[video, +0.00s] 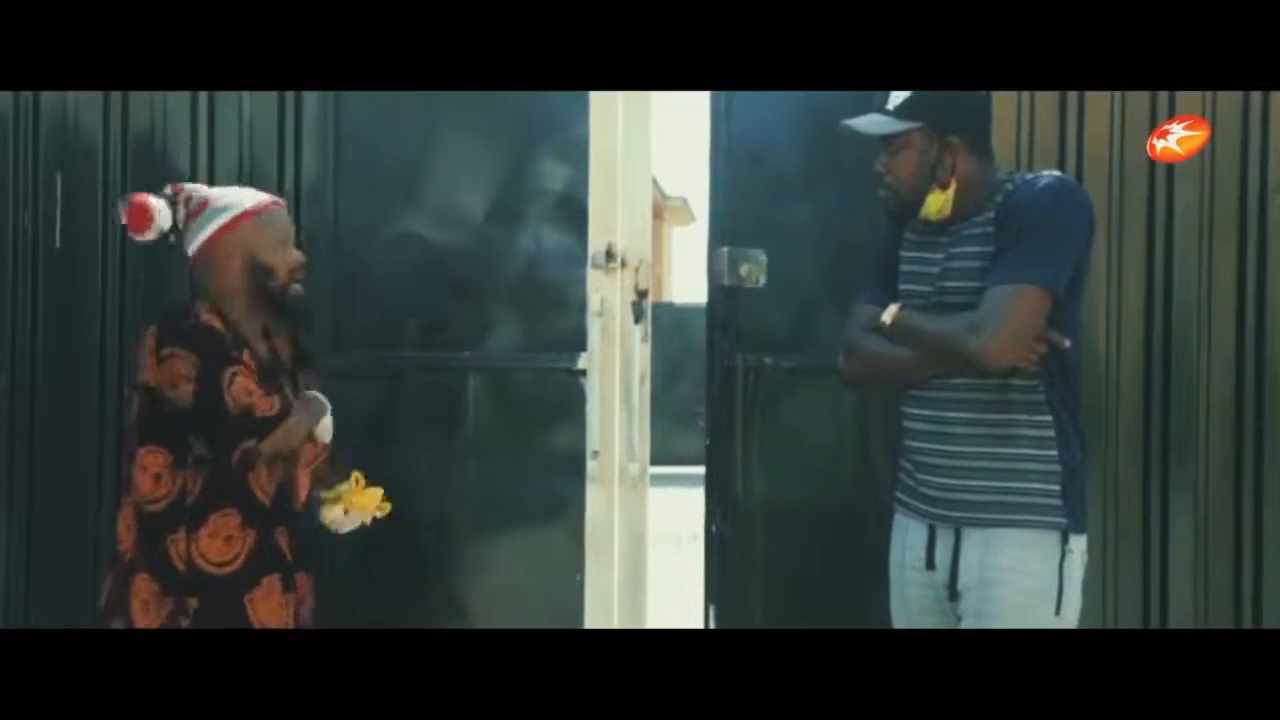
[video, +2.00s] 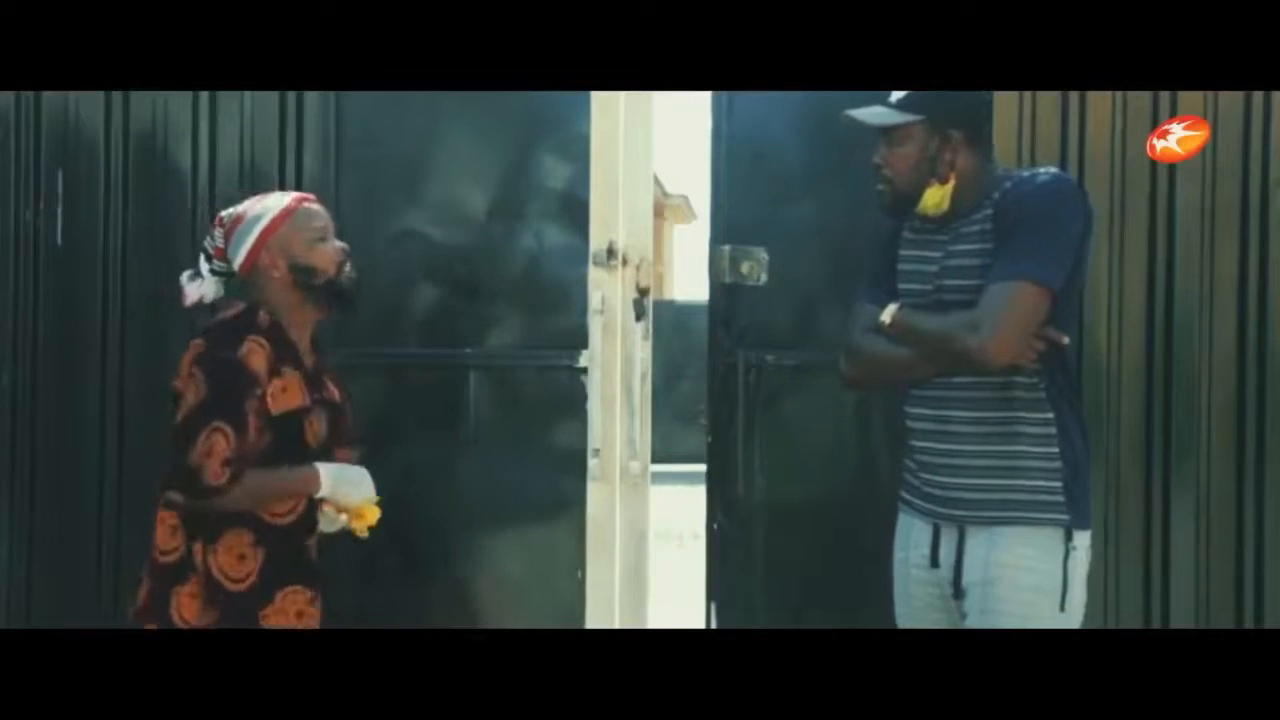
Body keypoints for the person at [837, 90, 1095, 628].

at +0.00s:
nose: (878, 169)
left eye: (894, 149)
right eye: (879, 151)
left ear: (950, 150)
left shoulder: (1047, 200)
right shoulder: (904, 226)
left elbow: (995, 346)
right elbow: (854, 359)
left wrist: (894, 318)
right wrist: (982, 342)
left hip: (1022, 523)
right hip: (918, 514)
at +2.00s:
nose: (877, 159)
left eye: (895, 142)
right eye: (879, 142)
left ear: (951, 145)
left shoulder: (1045, 197)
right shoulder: (903, 222)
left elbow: (995, 344)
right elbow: (856, 360)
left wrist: (892, 317)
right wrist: (983, 339)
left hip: (1026, 521)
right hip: (923, 512)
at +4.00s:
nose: (879, 160)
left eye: (896, 143)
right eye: (880, 144)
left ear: (955, 145)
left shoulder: (1048, 198)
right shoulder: (905, 223)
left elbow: (994, 343)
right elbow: (855, 361)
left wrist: (892, 317)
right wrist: (979, 339)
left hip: (1026, 521)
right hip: (922, 512)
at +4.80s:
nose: (941, 159)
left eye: (959, 142)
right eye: (943, 143)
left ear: (1016, 149)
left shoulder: (1097, 210)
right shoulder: (969, 230)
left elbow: (1012, 343)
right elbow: (891, 341)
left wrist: (925, 304)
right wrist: (1001, 342)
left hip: (1038, 536)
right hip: (933, 518)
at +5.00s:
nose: (989, 155)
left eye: (1007, 137)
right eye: (990, 137)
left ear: (1064, 144)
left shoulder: (1152, 206)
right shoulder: (998, 226)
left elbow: (1079, 339)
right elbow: (928, 340)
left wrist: (974, 302)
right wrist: (1052, 335)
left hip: (1088, 533)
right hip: (973, 519)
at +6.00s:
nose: (1001, 151)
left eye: (1018, 132)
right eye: (1001, 133)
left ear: (1076, 136)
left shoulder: (1170, 192)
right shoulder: (1012, 217)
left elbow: (1102, 328)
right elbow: (949, 341)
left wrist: (992, 297)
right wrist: (1079, 326)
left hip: (1125, 527)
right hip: (1006, 515)